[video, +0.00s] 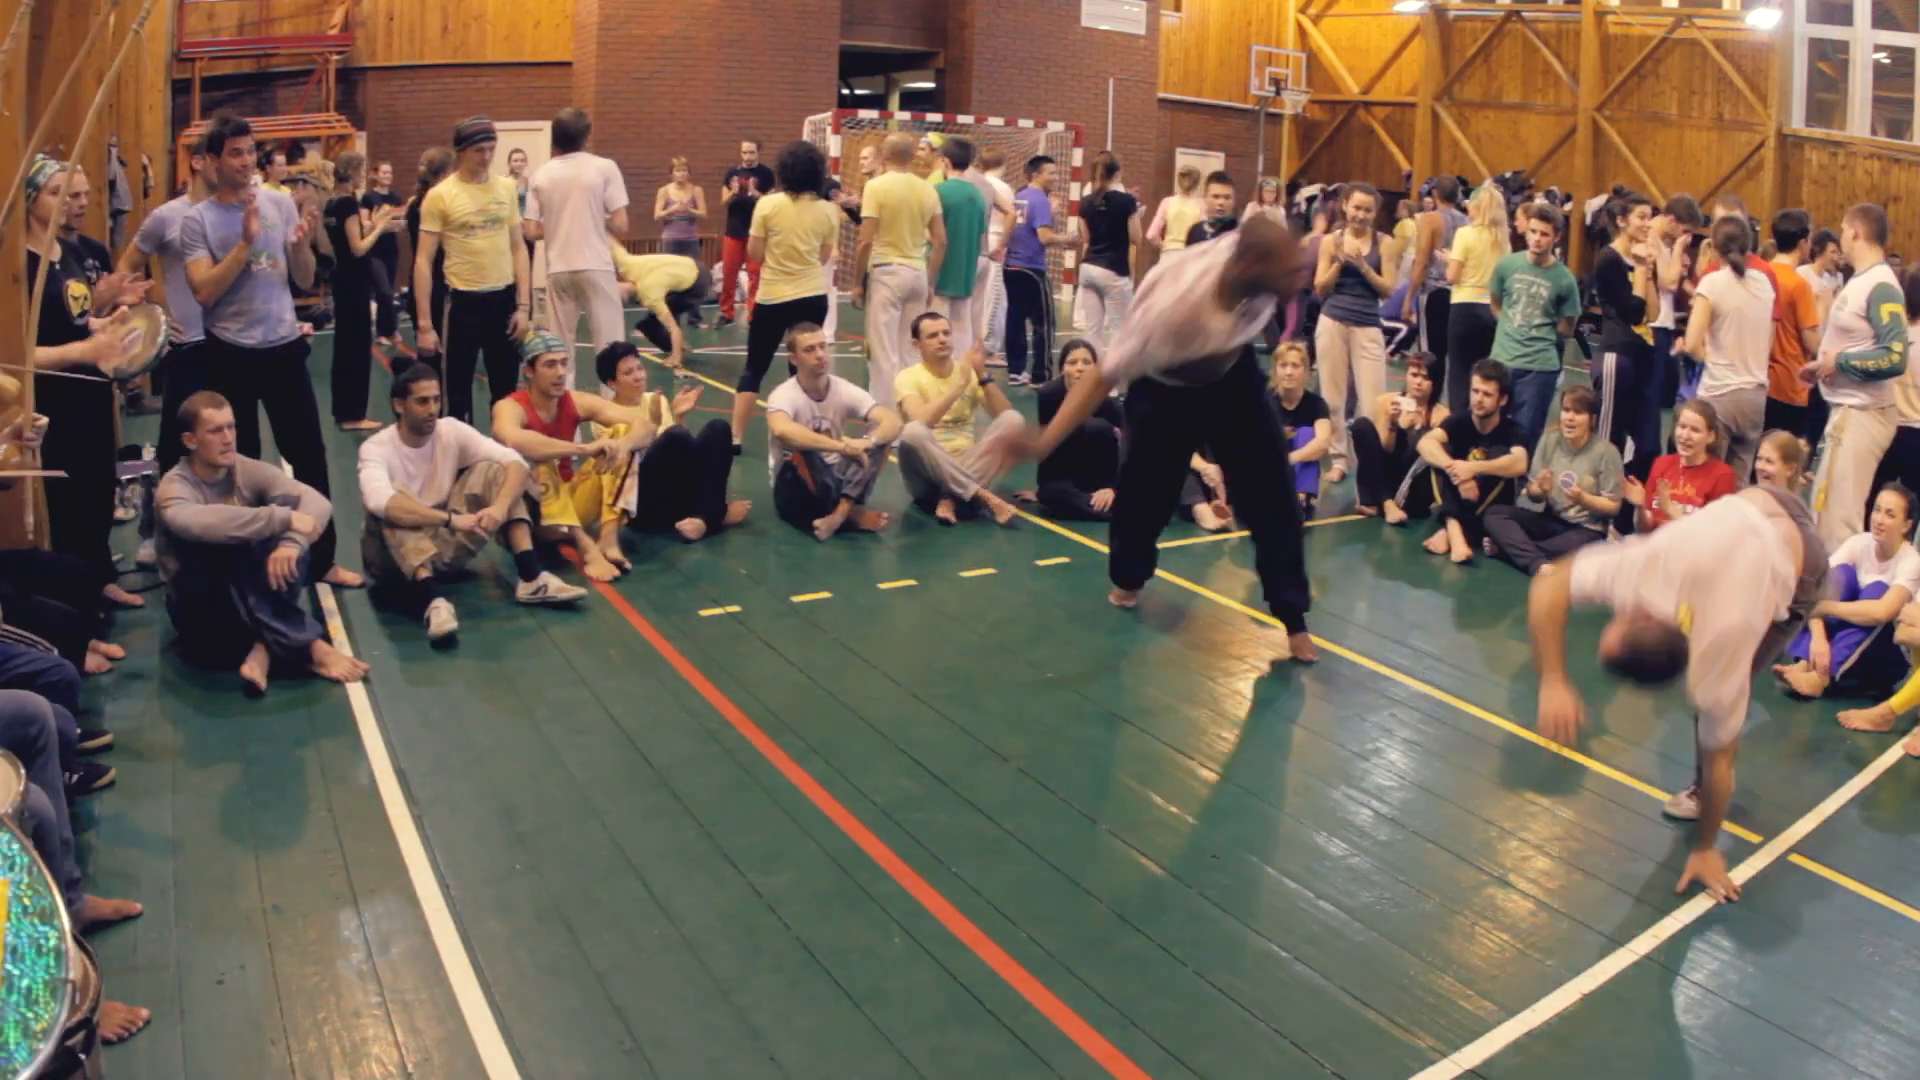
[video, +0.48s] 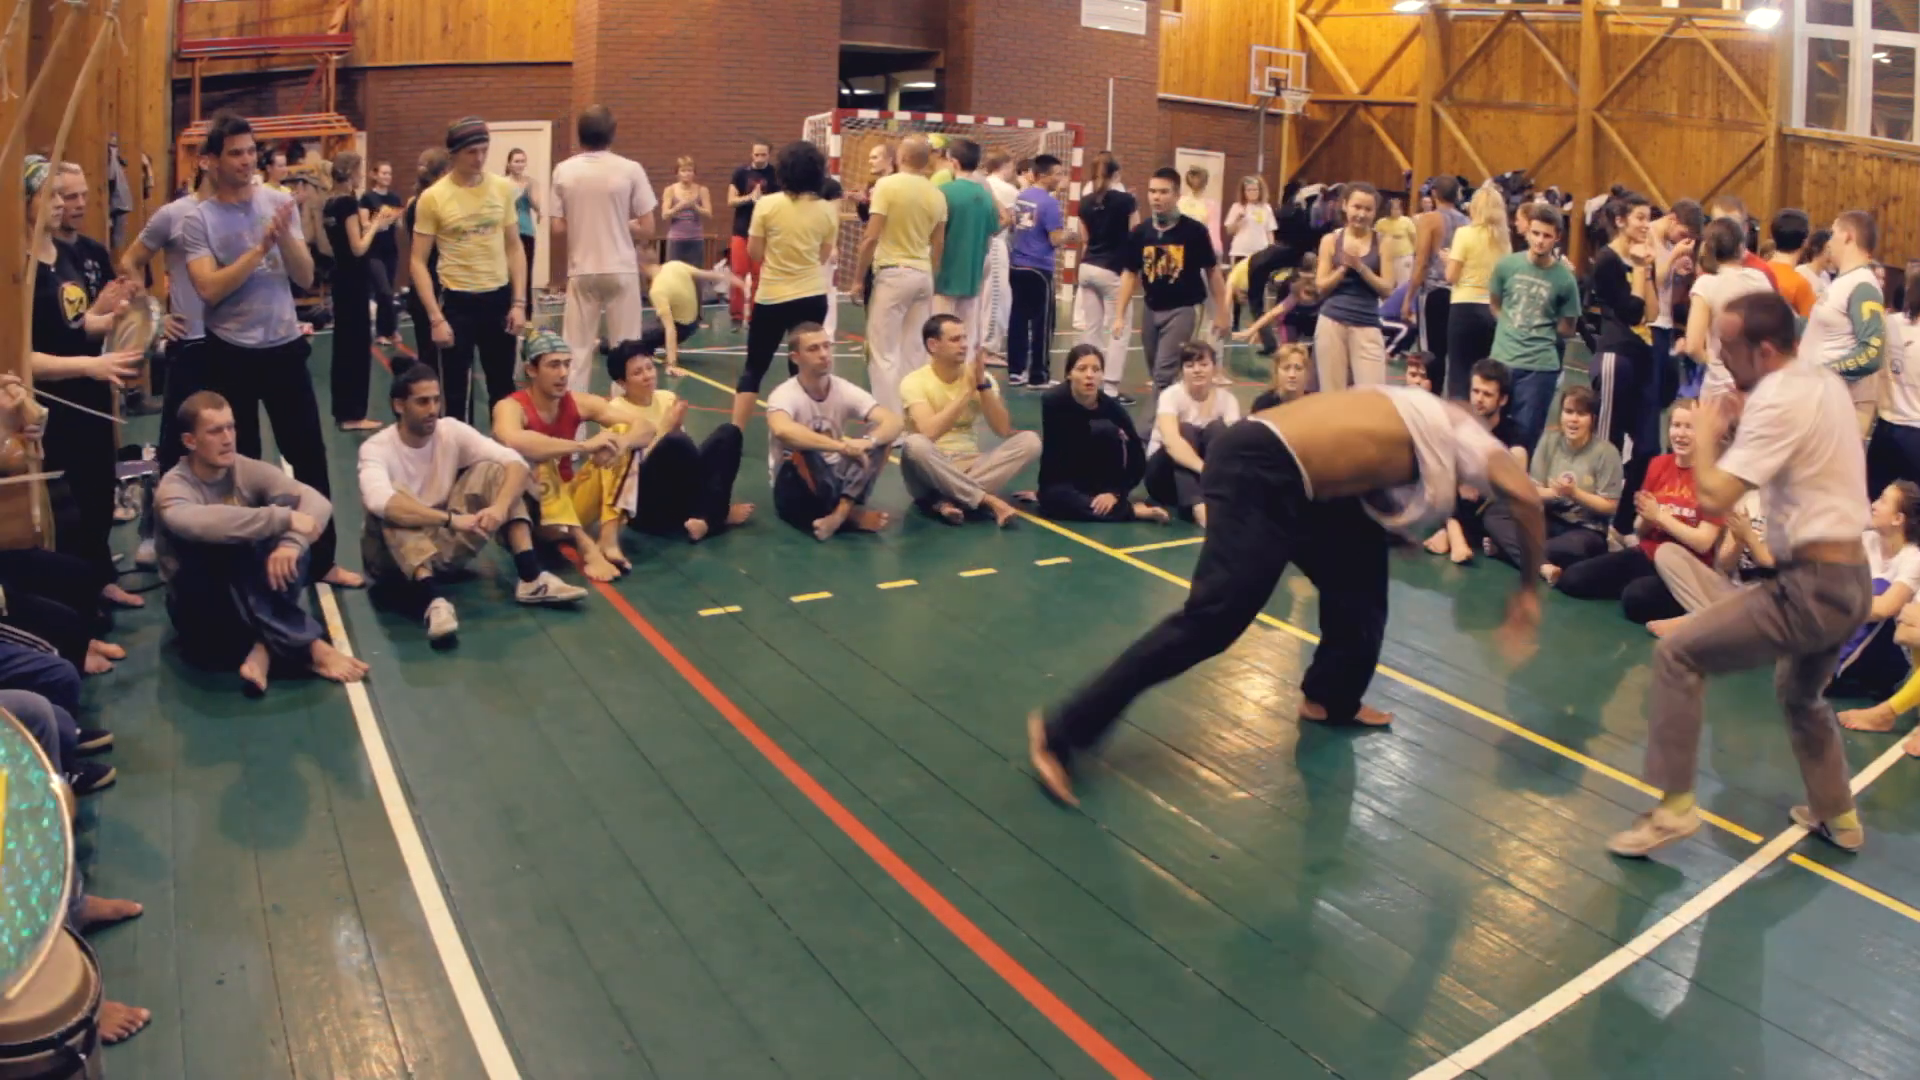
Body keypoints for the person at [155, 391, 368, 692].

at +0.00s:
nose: (228, 438)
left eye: (231, 428)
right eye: (216, 431)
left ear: (237, 429)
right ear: (190, 440)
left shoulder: (245, 469)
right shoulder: (174, 487)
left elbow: (316, 502)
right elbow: (191, 523)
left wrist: (292, 544)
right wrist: (284, 518)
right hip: (208, 619)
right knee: (213, 544)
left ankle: (265, 646)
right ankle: (311, 645)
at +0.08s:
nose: (228, 438)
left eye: (231, 428)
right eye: (216, 431)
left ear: (237, 429)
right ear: (190, 440)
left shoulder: (245, 469)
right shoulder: (174, 486)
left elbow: (316, 502)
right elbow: (192, 523)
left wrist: (292, 544)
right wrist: (284, 518)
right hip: (208, 619)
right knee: (213, 544)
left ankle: (265, 646)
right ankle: (310, 646)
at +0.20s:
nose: (229, 438)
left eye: (231, 428)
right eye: (216, 431)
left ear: (237, 429)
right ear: (190, 441)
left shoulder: (245, 469)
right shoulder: (174, 487)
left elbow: (317, 502)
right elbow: (191, 523)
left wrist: (291, 544)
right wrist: (284, 518)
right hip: (209, 619)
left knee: (295, 532)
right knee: (213, 546)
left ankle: (265, 646)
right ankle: (310, 645)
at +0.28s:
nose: (228, 438)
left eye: (231, 428)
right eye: (216, 431)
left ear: (237, 429)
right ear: (190, 441)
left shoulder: (244, 469)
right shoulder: (174, 487)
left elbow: (316, 502)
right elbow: (191, 523)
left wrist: (291, 544)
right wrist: (284, 518)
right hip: (209, 621)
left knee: (295, 532)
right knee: (212, 545)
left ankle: (265, 646)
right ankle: (310, 645)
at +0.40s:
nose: (228, 439)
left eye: (230, 428)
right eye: (215, 431)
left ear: (237, 429)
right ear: (189, 441)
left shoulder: (245, 469)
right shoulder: (174, 487)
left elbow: (316, 502)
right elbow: (192, 523)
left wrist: (291, 544)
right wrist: (284, 518)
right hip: (208, 620)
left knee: (297, 535)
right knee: (214, 545)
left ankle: (265, 646)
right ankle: (310, 645)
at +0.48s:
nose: (228, 439)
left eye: (230, 428)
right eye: (215, 432)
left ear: (237, 429)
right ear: (189, 441)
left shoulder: (244, 469)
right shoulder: (174, 487)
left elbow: (316, 501)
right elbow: (192, 523)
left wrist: (292, 544)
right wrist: (284, 518)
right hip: (208, 619)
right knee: (213, 545)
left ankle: (266, 646)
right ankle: (310, 645)